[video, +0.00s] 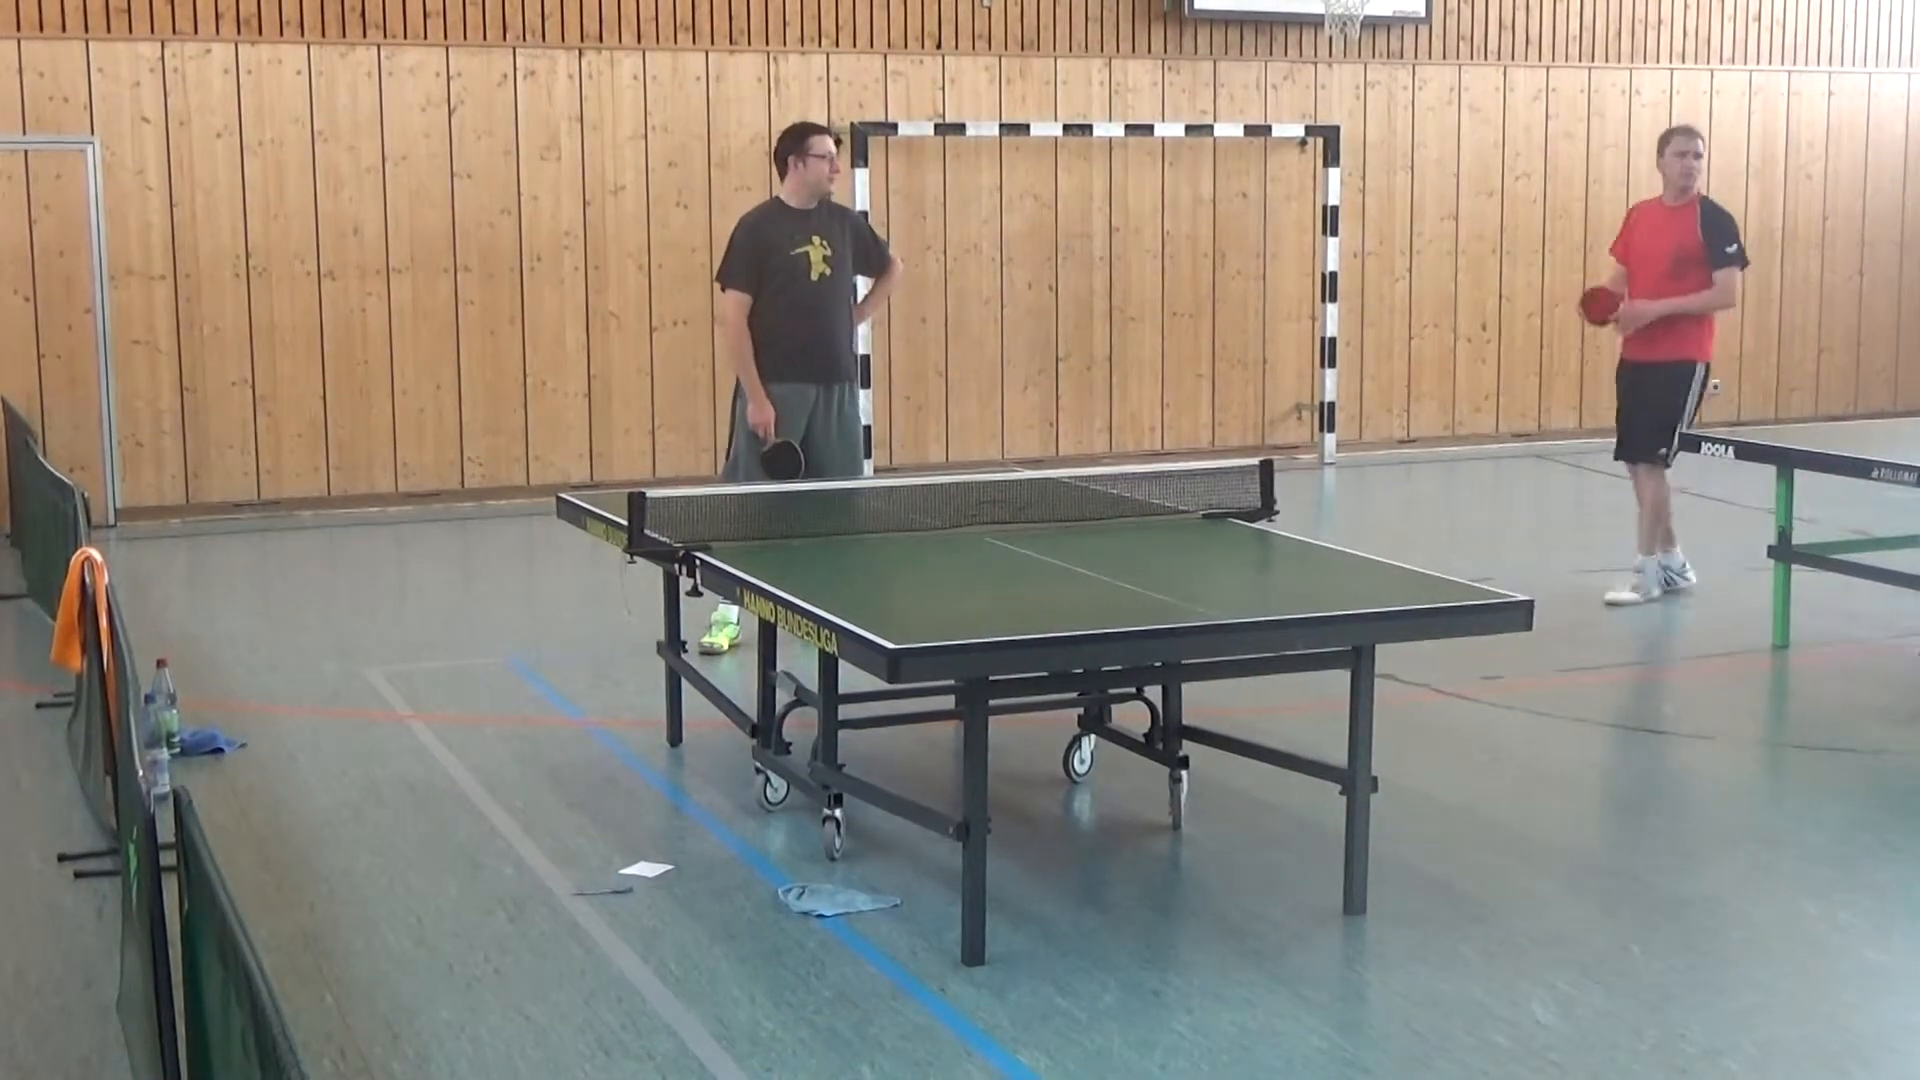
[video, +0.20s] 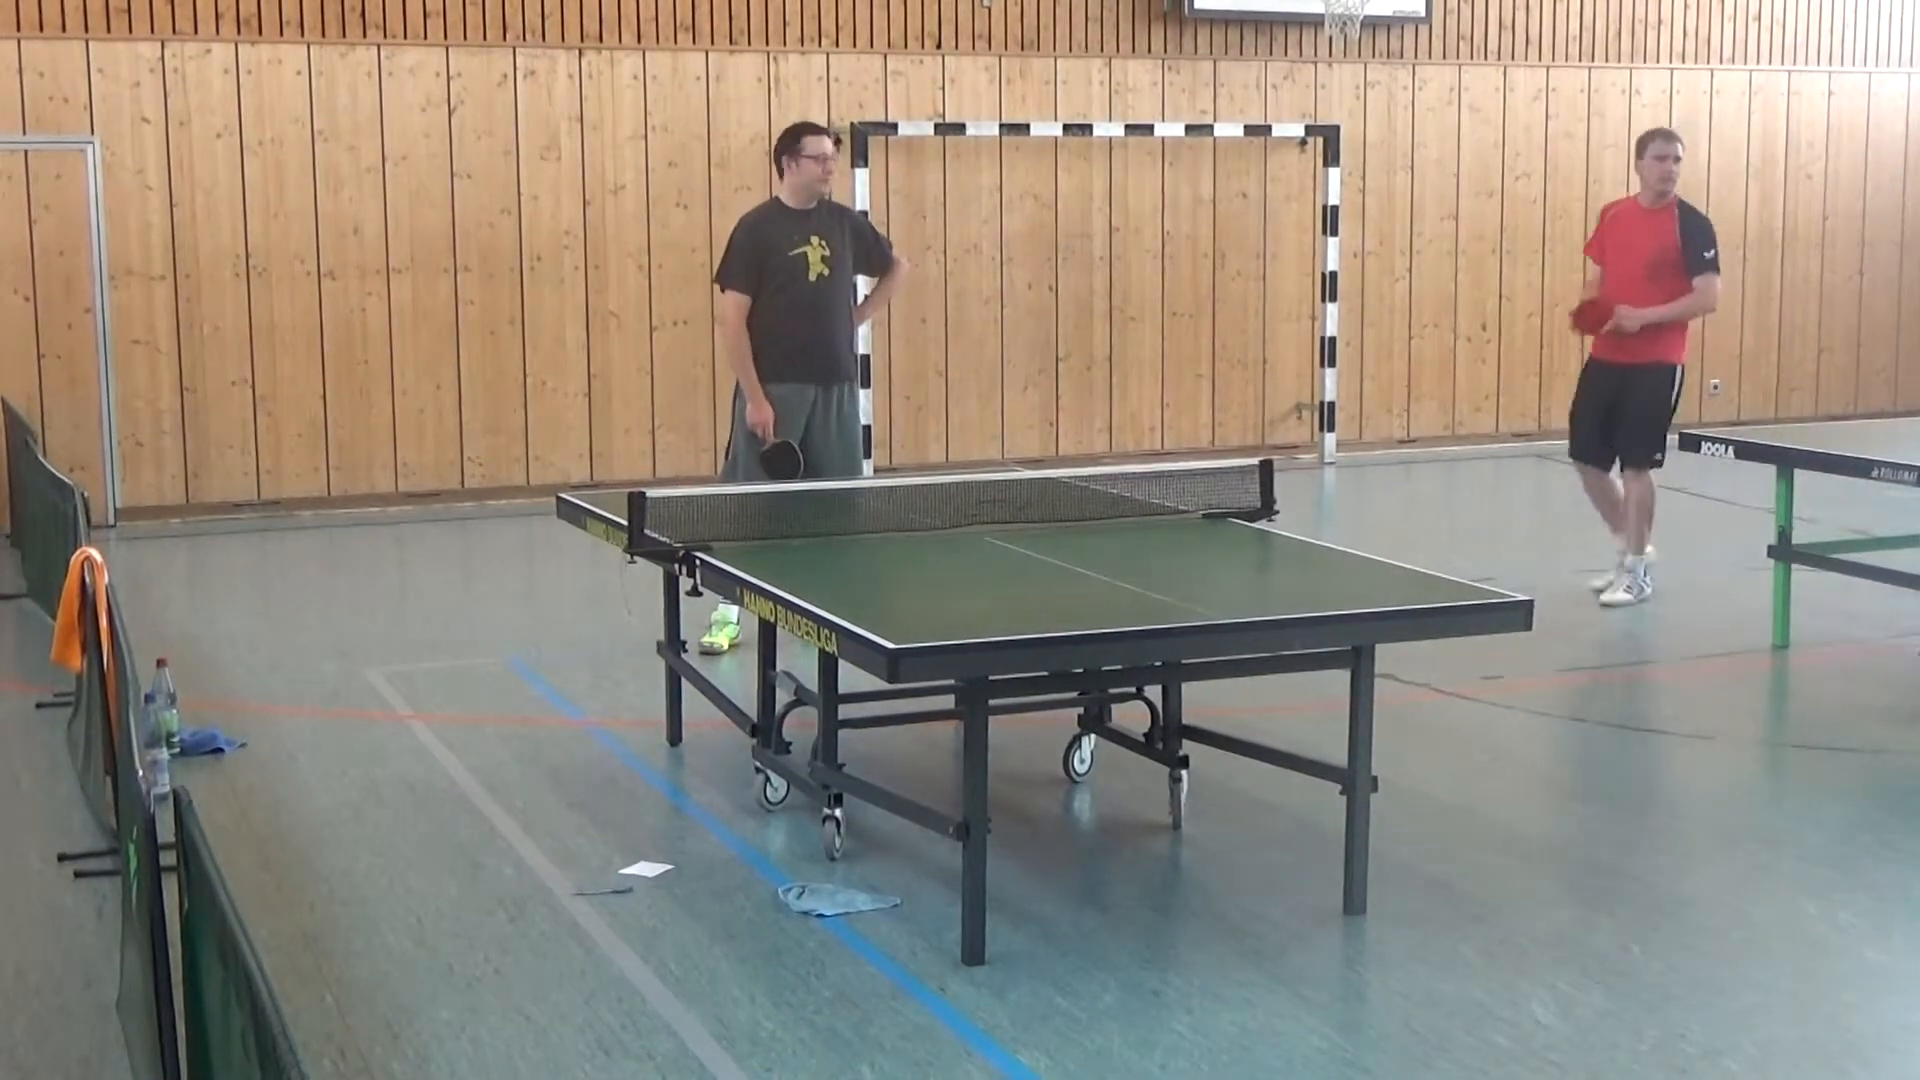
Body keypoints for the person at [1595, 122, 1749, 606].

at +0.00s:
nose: (1689, 162)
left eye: (1696, 156)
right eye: (1680, 154)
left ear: (1705, 164)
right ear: (1660, 161)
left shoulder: (1714, 219)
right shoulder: (1639, 215)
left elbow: (1727, 294)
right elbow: (1620, 279)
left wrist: (1654, 308)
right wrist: (1603, 304)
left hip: (1683, 357)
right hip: (1637, 354)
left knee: (1649, 460)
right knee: (1639, 462)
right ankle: (1673, 562)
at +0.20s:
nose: (1669, 167)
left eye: (1675, 160)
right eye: (1659, 159)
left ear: (1682, 167)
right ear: (1639, 164)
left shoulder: (1693, 224)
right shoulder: (1613, 215)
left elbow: (1707, 297)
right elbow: (1598, 280)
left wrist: (1643, 316)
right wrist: (1590, 308)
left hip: (1657, 362)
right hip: (1606, 357)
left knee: (1635, 464)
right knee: (1588, 458)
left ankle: (1634, 569)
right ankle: (1634, 544)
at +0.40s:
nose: (1646, 168)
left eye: (1649, 160)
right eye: (1636, 160)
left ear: (1652, 165)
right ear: (1611, 166)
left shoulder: (1669, 220)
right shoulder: (1579, 221)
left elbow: (1705, 283)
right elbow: (1562, 293)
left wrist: (1667, 301)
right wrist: (1559, 355)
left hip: (1653, 368)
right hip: (1596, 366)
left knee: (1647, 466)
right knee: (1576, 462)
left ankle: (1638, 570)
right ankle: (1555, 557)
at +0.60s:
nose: (1657, 165)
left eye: (1659, 157)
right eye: (1647, 157)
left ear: (1660, 165)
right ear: (1620, 164)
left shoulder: (1668, 216)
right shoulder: (1584, 219)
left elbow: (1698, 277)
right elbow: (1558, 287)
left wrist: (1700, 257)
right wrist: (1542, 351)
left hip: (1660, 362)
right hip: (1605, 364)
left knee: (1664, 461)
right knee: (1585, 462)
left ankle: (1671, 561)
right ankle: (1556, 556)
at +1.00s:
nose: (1736, 174)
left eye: (1740, 166)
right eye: (1727, 164)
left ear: (1741, 172)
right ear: (1701, 168)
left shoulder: (1734, 222)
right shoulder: (1671, 218)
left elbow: (1731, 280)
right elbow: (1618, 271)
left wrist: (1750, 294)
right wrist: (1628, 338)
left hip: (1721, 363)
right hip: (1676, 362)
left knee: (1712, 462)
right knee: (1660, 463)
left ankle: (1702, 561)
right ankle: (1579, 543)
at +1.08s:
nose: (1746, 174)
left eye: (1754, 167)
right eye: (1739, 164)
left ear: (1759, 174)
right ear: (1718, 166)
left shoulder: (1751, 220)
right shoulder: (1686, 214)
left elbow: (1753, 270)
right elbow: (1640, 275)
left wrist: (1761, 299)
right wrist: (1678, 312)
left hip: (1731, 355)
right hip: (1691, 353)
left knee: (1719, 458)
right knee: (1698, 456)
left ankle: (1701, 561)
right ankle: (1617, 536)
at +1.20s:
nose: (1762, 177)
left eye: (1772, 171)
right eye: (1756, 166)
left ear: (1781, 176)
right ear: (1739, 165)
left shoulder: (1773, 218)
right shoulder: (1708, 213)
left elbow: (1770, 276)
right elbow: (1685, 282)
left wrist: (1780, 298)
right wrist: (1747, 263)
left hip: (1745, 353)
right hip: (1709, 352)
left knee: (1734, 459)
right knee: (1742, 453)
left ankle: (1707, 558)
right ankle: (1697, 560)